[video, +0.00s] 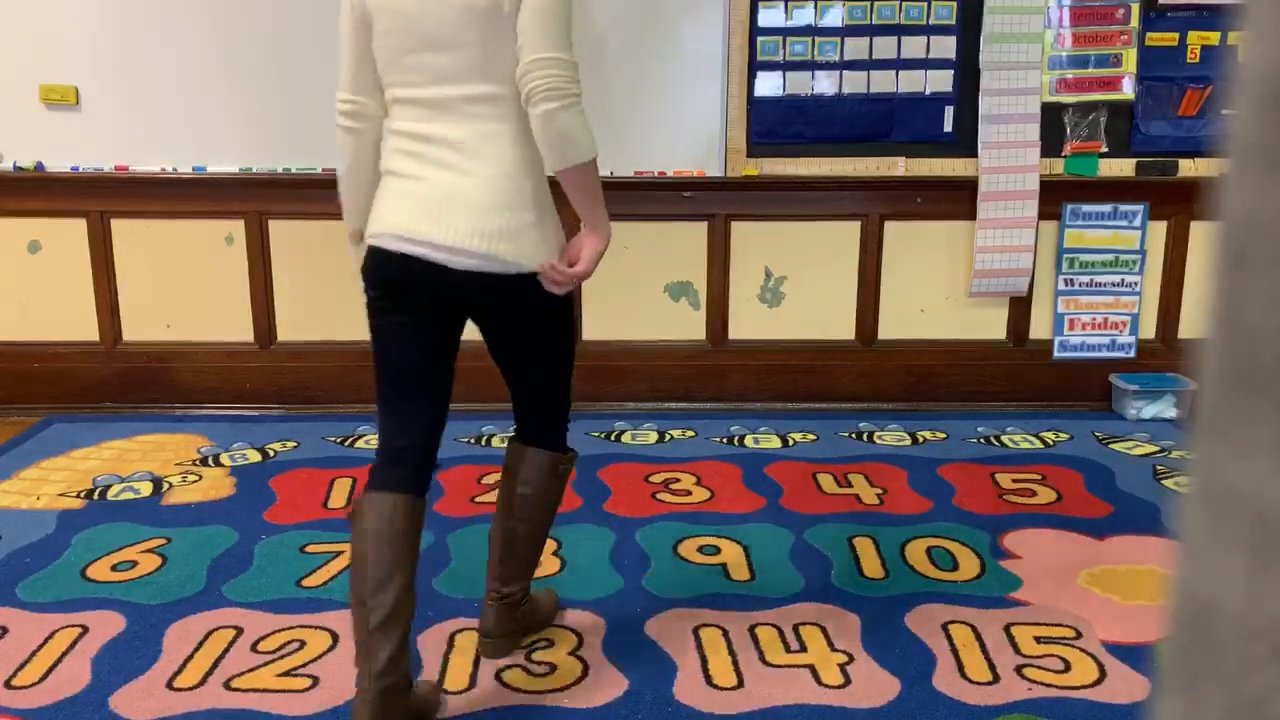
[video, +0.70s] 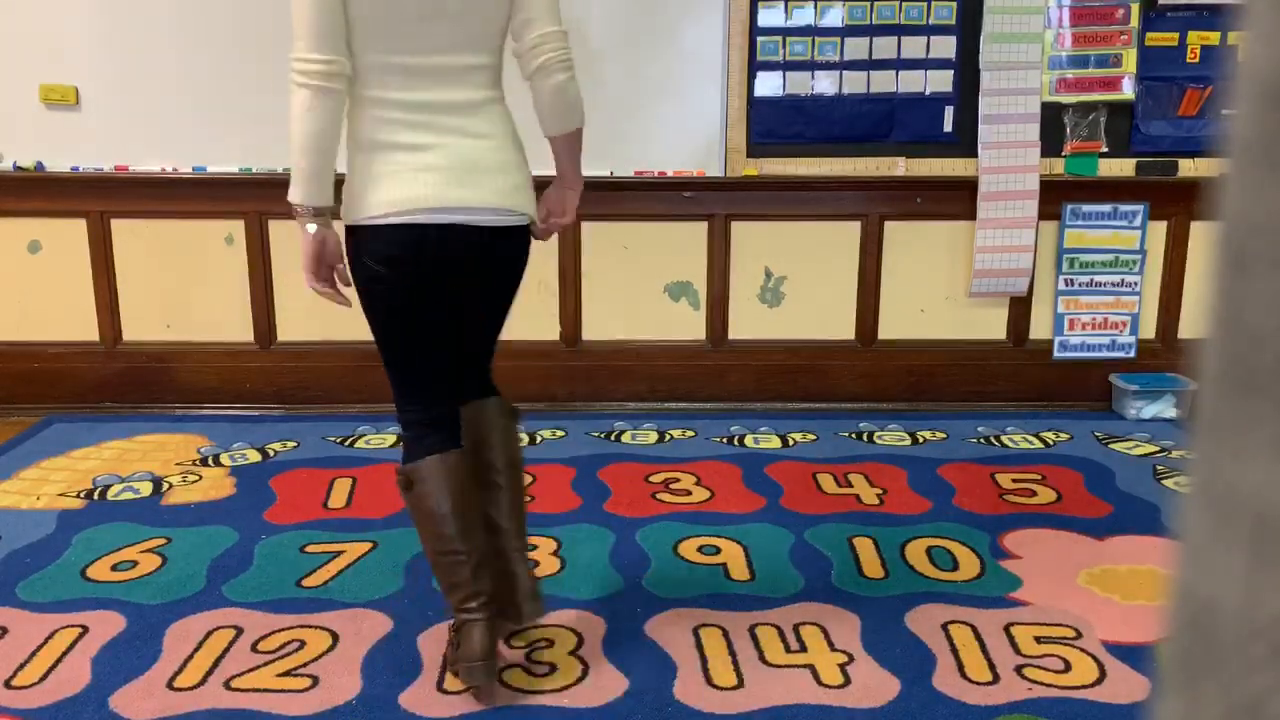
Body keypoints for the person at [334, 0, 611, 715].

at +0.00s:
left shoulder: (371, 1)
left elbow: (358, 108)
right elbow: (546, 90)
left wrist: (365, 234)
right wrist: (596, 222)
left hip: (400, 233)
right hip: (512, 238)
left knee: (399, 453)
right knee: (543, 424)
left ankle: (381, 686)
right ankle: (507, 605)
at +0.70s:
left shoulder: (329, 1)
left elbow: (322, 76)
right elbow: (547, 58)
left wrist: (315, 216)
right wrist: (570, 175)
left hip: (390, 211)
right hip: (496, 205)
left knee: (425, 414)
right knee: (472, 376)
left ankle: (472, 618)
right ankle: (512, 576)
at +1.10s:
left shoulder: (261, 0)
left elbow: (248, 83)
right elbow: (462, 69)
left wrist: (267, 190)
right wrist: (506, 176)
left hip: (320, 211)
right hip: (425, 207)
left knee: (339, 397)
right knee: (422, 387)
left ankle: (392, 570)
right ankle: (427, 576)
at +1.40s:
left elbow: (177, 61)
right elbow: (358, 51)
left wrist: (175, 187)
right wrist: (420, 168)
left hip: (240, 186)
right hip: (341, 184)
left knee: (261, 378)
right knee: (368, 384)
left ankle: (272, 572)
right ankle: (376, 587)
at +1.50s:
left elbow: (154, 61)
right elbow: (331, 53)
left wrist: (146, 187)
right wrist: (391, 171)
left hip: (217, 190)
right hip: (313, 190)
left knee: (255, 379)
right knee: (337, 381)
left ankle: (269, 569)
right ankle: (290, 580)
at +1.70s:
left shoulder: (123, 1)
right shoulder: (282, 1)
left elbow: (107, 90)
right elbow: (294, 87)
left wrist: (105, 220)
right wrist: (363, 202)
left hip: (169, 226)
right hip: (266, 226)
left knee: (262, 391)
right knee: (259, 413)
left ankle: (275, 566)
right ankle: (179, 625)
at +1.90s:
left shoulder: (84, 9)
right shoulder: (272, 11)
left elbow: (61, 135)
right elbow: (304, 144)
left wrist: (52, 258)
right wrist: (322, 219)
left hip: (123, 270)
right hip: (229, 275)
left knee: (201, 372)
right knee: (232, 464)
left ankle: (231, 550)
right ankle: (157, 631)